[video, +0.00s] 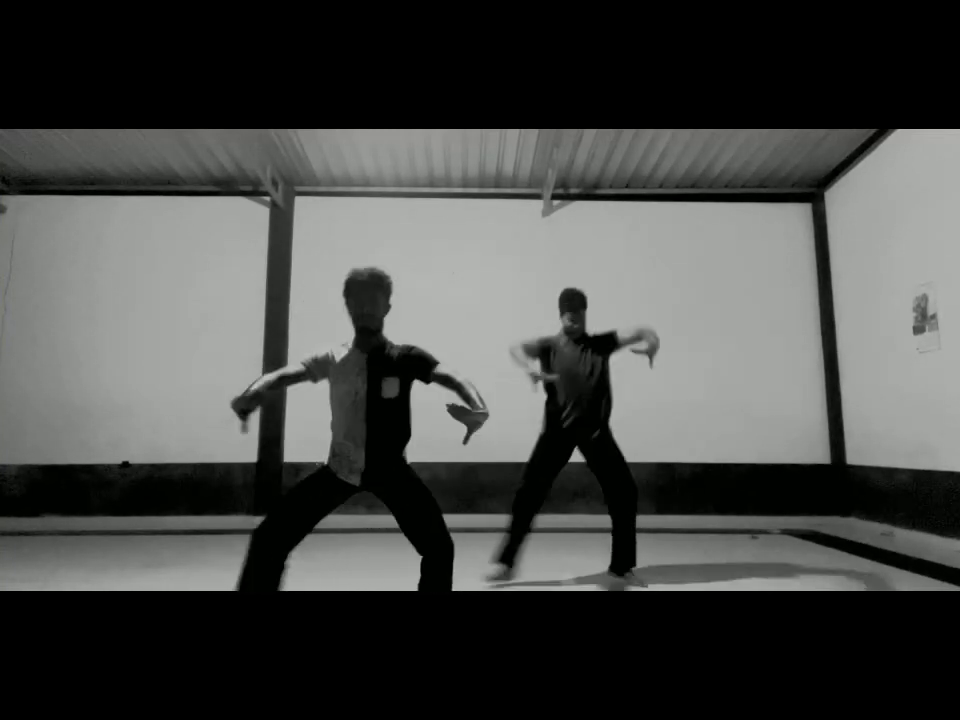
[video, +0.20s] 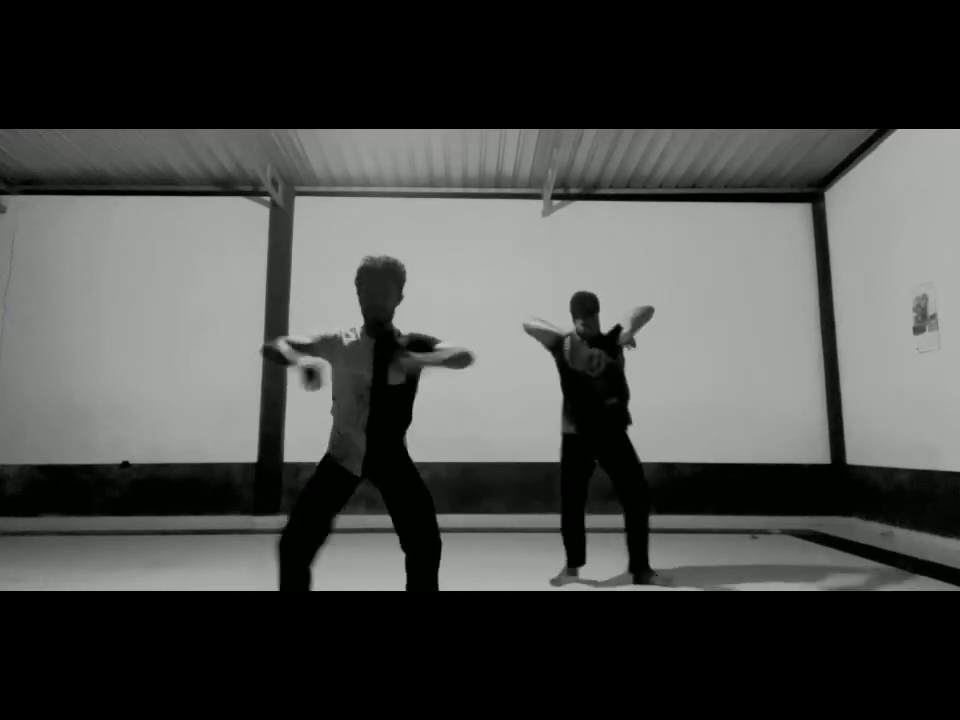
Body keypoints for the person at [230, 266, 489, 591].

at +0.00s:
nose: (365, 308)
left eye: (374, 300)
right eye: (357, 300)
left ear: (387, 305)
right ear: (347, 305)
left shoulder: (405, 360)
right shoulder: (333, 363)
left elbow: (457, 383)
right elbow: (280, 377)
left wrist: (480, 410)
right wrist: (251, 394)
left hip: (390, 474)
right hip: (340, 473)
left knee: (439, 549)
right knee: (269, 539)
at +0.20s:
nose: (375, 301)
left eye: (384, 293)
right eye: (367, 292)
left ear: (399, 297)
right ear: (357, 294)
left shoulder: (413, 347)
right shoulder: (339, 344)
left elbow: (466, 357)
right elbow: (273, 346)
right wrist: (301, 361)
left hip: (392, 462)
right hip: (343, 462)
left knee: (425, 547)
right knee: (294, 547)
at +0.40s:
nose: (370, 328)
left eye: (379, 321)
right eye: (363, 318)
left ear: (395, 326)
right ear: (354, 319)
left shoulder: (406, 371)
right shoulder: (340, 366)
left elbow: (404, 393)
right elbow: (321, 395)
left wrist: (378, 387)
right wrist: (329, 380)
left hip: (393, 486)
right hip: (343, 483)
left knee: (446, 557)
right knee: (263, 530)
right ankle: (237, 591)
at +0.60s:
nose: (356, 332)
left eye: (368, 327)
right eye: (352, 319)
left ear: (378, 334)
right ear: (339, 318)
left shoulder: (378, 384)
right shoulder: (297, 370)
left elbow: (423, 436)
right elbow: (268, 424)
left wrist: (405, 434)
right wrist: (289, 428)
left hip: (350, 490)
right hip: (294, 487)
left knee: (416, 560)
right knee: (214, 565)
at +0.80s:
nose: (386, 355)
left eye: (393, 350)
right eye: (386, 345)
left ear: (393, 348)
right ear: (368, 332)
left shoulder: (387, 376)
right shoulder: (310, 360)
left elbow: (445, 372)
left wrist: (443, 400)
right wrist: (245, 402)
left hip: (330, 480)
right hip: (278, 475)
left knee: (379, 555)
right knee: (213, 567)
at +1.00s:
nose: (417, 386)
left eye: (424, 382)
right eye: (417, 377)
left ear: (423, 381)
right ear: (399, 363)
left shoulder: (412, 414)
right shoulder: (344, 369)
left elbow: (466, 445)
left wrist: (500, 486)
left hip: (356, 480)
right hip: (308, 472)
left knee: (374, 561)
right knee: (262, 551)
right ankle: (228, 588)